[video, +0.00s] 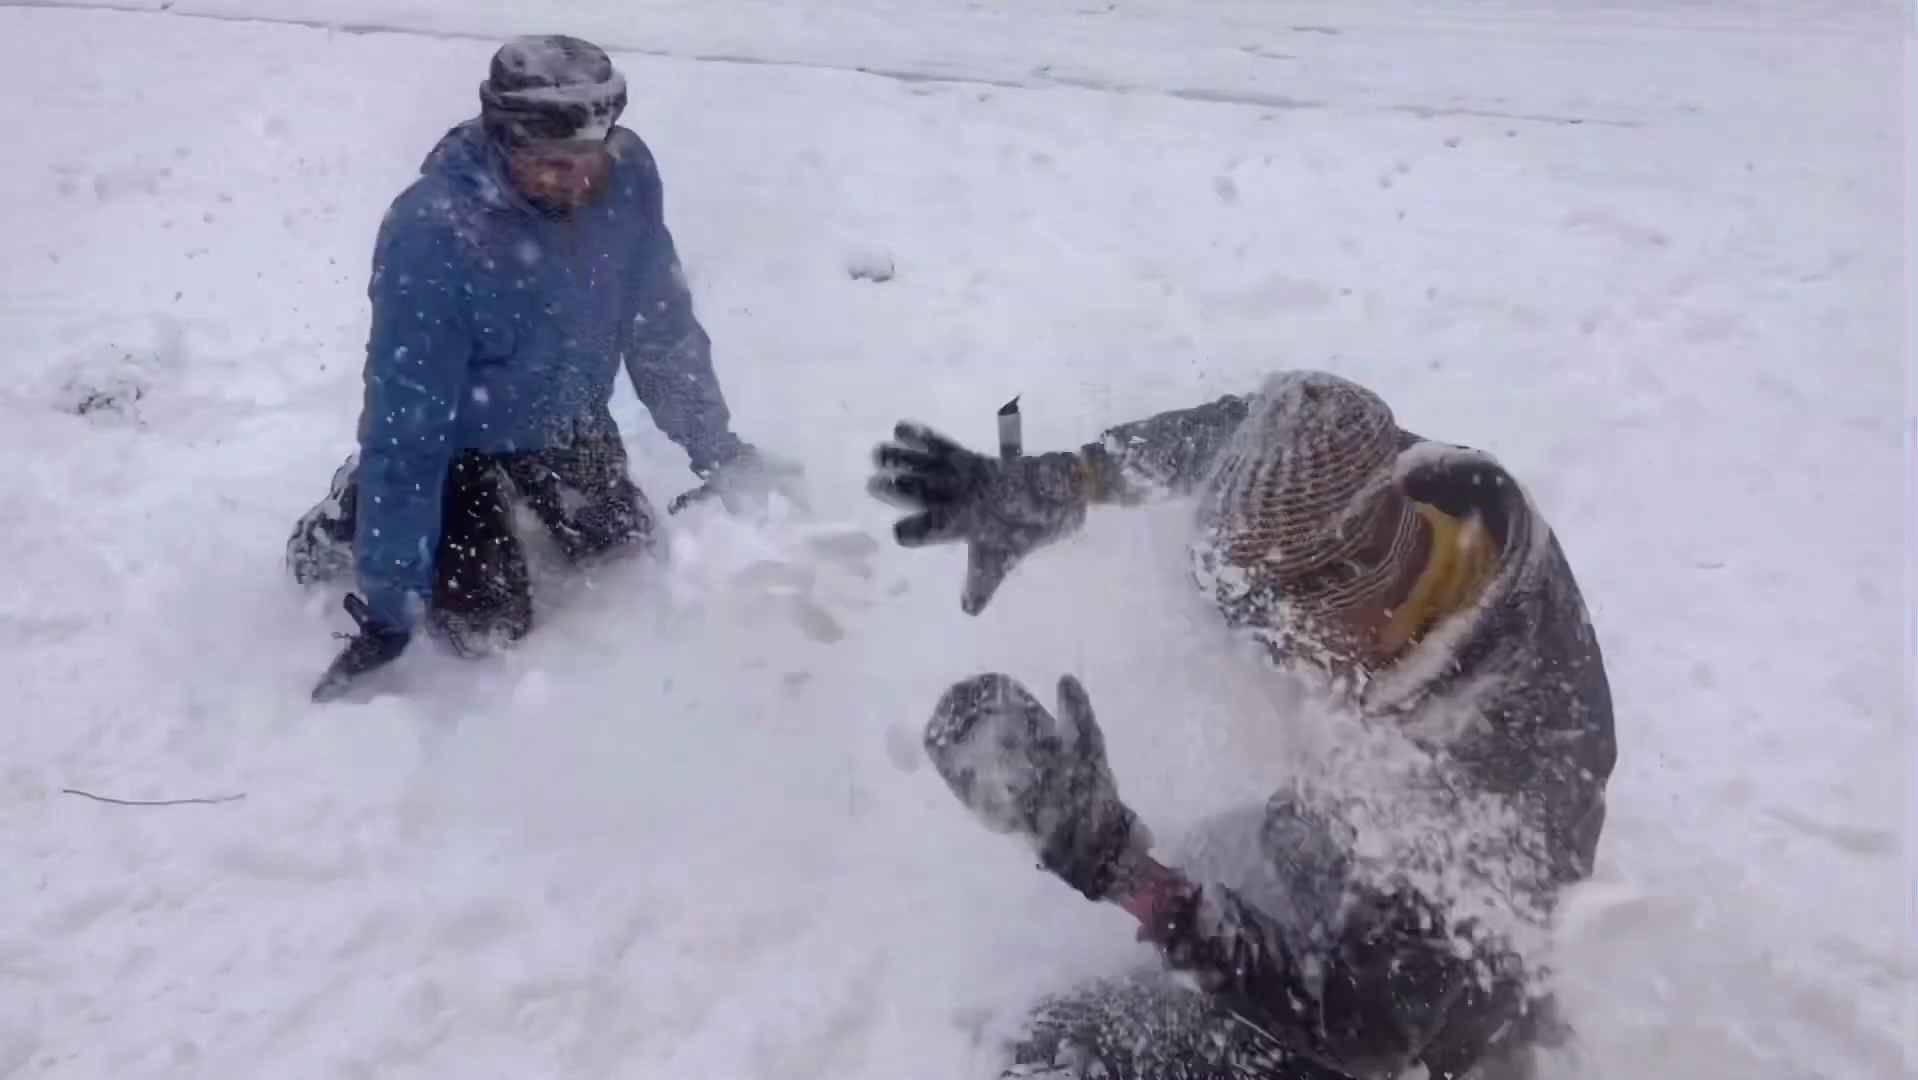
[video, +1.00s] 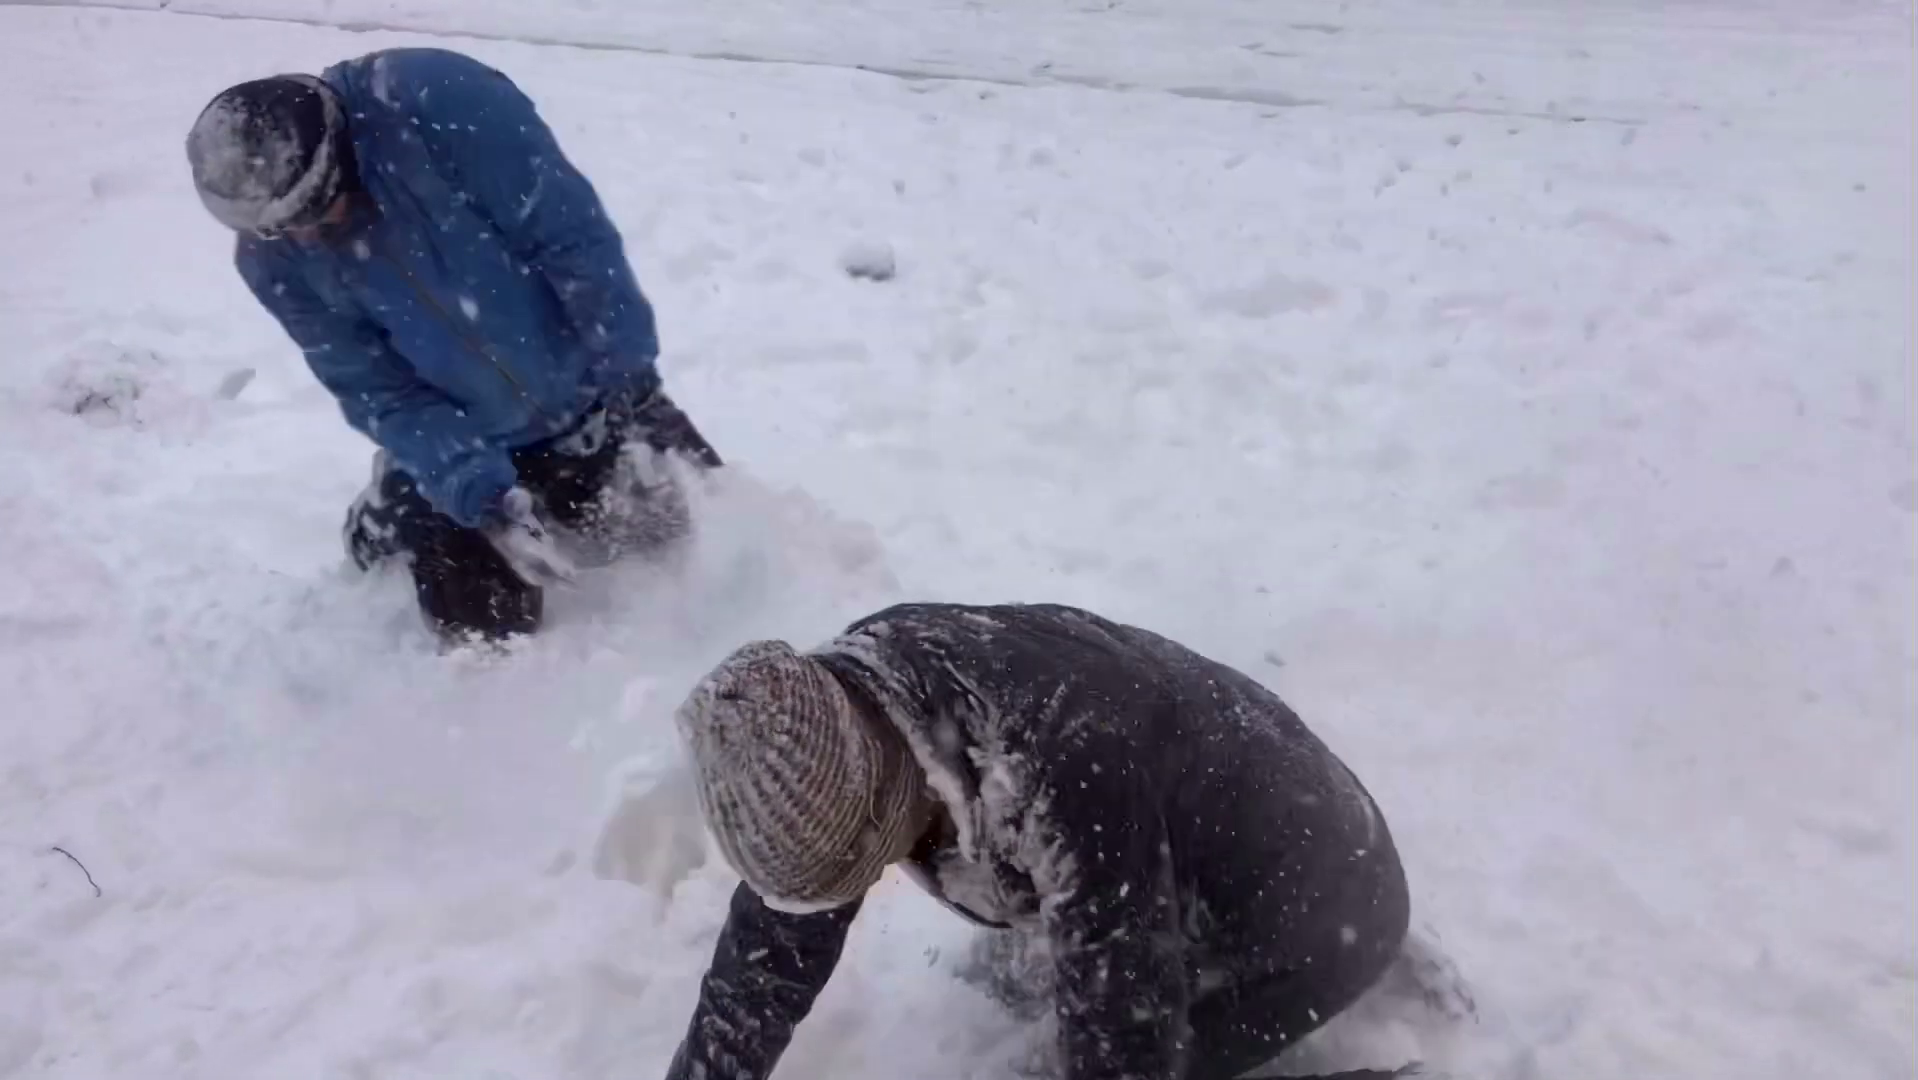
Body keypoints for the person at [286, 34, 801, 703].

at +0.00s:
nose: (574, 179)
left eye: (591, 157)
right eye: (552, 161)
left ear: (609, 139)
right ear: (506, 144)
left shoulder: (624, 177)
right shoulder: (435, 228)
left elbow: (661, 329)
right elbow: (404, 433)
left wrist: (719, 452)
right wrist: (388, 613)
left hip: (567, 421)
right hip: (454, 440)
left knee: (620, 549)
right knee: (493, 626)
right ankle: (370, 520)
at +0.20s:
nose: (525, 177)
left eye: (542, 152)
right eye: (499, 156)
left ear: (563, 142)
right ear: (452, 152)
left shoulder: (604, 213)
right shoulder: (389, 256)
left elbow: (637, 359)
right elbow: (376, 466)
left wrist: (689, 473)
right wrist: (446, 590)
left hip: (549, 439)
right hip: (433, 466)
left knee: (629, 567)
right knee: (484, 628)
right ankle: (352, 534)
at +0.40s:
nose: (481, 177)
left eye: (502, 151)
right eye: (458, 152)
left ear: (541, 148)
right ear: (430, 148)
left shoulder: (598, 239)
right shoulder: (359, 255)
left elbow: (625, 415)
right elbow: (317, 445)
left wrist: (666, 567)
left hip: (517, 434)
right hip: (395, 461)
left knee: (603, 537)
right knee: (488, 633)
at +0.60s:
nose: (400, 197)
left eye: (419, 176)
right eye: (387, 172)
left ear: (479, 161)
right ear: (374, 158)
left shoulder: (582, 212)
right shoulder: (342, 269)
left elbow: (624, 379)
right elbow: (302, 452)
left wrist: (649, 536)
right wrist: (256, 612)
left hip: (533, 426)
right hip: (397, 456)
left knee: (635, 577)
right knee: (480, 632)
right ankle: (347, 519)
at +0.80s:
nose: (324, 245)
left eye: (330, 223)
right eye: (301, 236)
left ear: (363, 176)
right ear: (278, 220)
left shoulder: (488, 129)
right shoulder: (301, 286)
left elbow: (613, 286)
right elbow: (373, 455)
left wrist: (635, 445)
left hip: (563, 405)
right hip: (452, 451)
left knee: (628, 541)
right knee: (494, 623)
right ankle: (371, 534)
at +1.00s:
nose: (305, 237)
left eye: (310, 214)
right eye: (282, 231)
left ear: (335, 159)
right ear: (253, 219)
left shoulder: (435, 100)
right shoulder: (274, 258)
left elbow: (572, 236)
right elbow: (380, 396)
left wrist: (633, 393)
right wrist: (488, 500)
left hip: (583, 407)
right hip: (461, 458)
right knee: (489, 644)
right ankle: (409, 510)